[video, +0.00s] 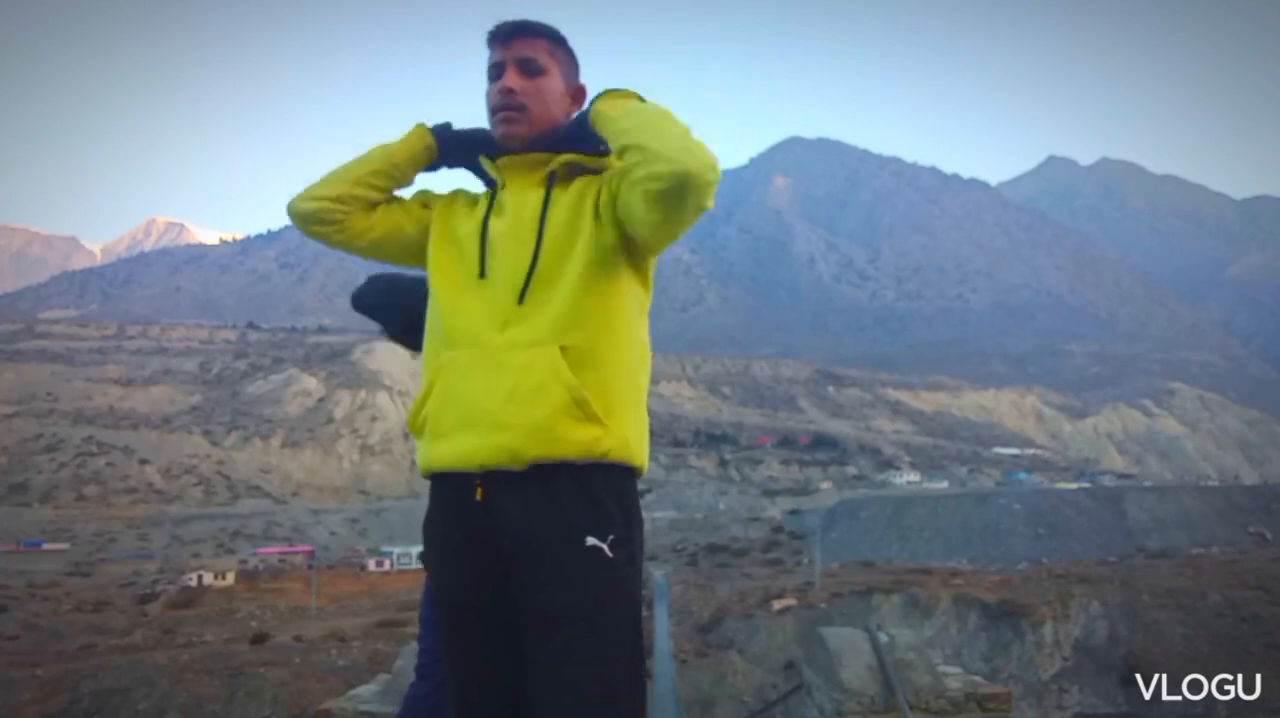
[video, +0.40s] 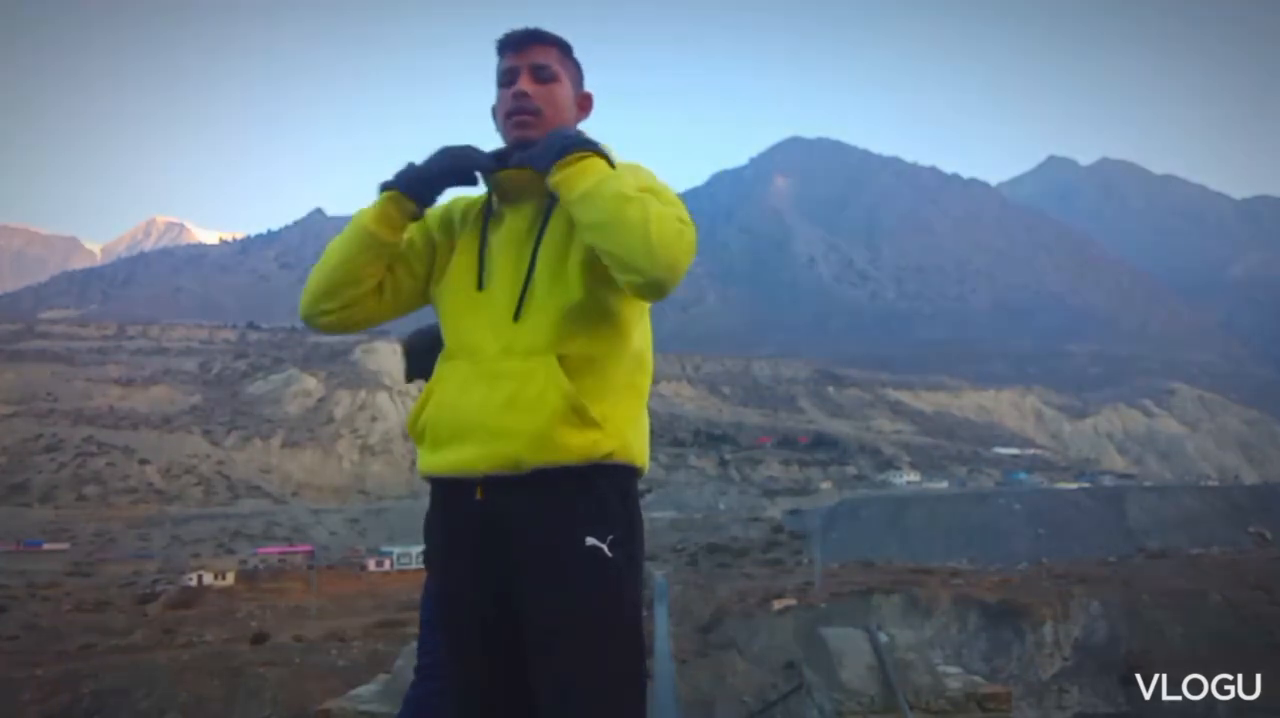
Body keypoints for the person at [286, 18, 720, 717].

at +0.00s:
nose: (507, 84)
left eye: (530, 69)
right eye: (496, 73)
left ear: (574, 97)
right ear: (486, 97)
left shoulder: (608, 194)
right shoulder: (450, 216)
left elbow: (688, 173)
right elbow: (319, 211)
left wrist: (611, 106)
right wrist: (428, 143)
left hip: (577, 500)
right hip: (460, 502)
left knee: (586, 700)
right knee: (469, 697)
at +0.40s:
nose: (519, 89)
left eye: (541, 76)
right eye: (507, 80)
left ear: (581, 102)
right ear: (493, 106)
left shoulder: (616, 187)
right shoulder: (456, 222)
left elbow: (656, 267)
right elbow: (326, 307)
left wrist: (569, 157)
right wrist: (404, 197)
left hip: (577, 502)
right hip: (462, 505)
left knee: (587, 699)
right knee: (451, 697)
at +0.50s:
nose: (516, 92)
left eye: (537, 77)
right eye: (502, 82)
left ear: (577, 98)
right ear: (489, 106)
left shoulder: (611, 196)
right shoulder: (449, 223)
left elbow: (725, 283)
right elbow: (337, 328)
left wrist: (622, 167)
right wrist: (325, 227)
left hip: (579, 498)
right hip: (460, 501)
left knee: (589, 697)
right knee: (458, 695)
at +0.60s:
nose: (507, 92)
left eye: (527, 75)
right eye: (492, 81)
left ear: (569, 92)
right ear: (480, 103)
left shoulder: (623, 187)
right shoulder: (445, 222)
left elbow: (767, 288)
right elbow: (357, 330)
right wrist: (257, 277)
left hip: (579, 494)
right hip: (458, 501)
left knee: (586, 698)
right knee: (461, 697)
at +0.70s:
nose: (494, 84)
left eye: (514, 66)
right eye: (479, 71)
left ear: (557, 80)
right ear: (467, 90)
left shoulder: (621, 177)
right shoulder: (440, 209)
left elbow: (746, 269)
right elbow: (415, 326)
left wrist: (815, 234)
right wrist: (308, 288)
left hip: (576, 486)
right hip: (455, 494)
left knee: (586, 694)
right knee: (461, 692)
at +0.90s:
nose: (493, 85)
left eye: (513, 67)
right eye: (478, 71)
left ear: (556, 77)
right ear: (465, 88)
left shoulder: (612, 172)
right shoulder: (446, 210)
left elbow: (741, 265)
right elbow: (419, 332)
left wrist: (799, 250)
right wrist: (305, 313)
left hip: (572, 483)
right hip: (458, 490)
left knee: (581, 693)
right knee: (474, 693)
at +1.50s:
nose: (467, 102)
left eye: (481, 78)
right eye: (465, 85)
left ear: (544, 70)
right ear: (526, 78)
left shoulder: (616, 152)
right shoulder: (491, 214)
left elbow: (735, 233)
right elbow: (495, 370)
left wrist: (782, 265)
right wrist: (390, 368)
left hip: (594, 479)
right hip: (497, 488)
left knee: (588, 696)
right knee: (504, 697)